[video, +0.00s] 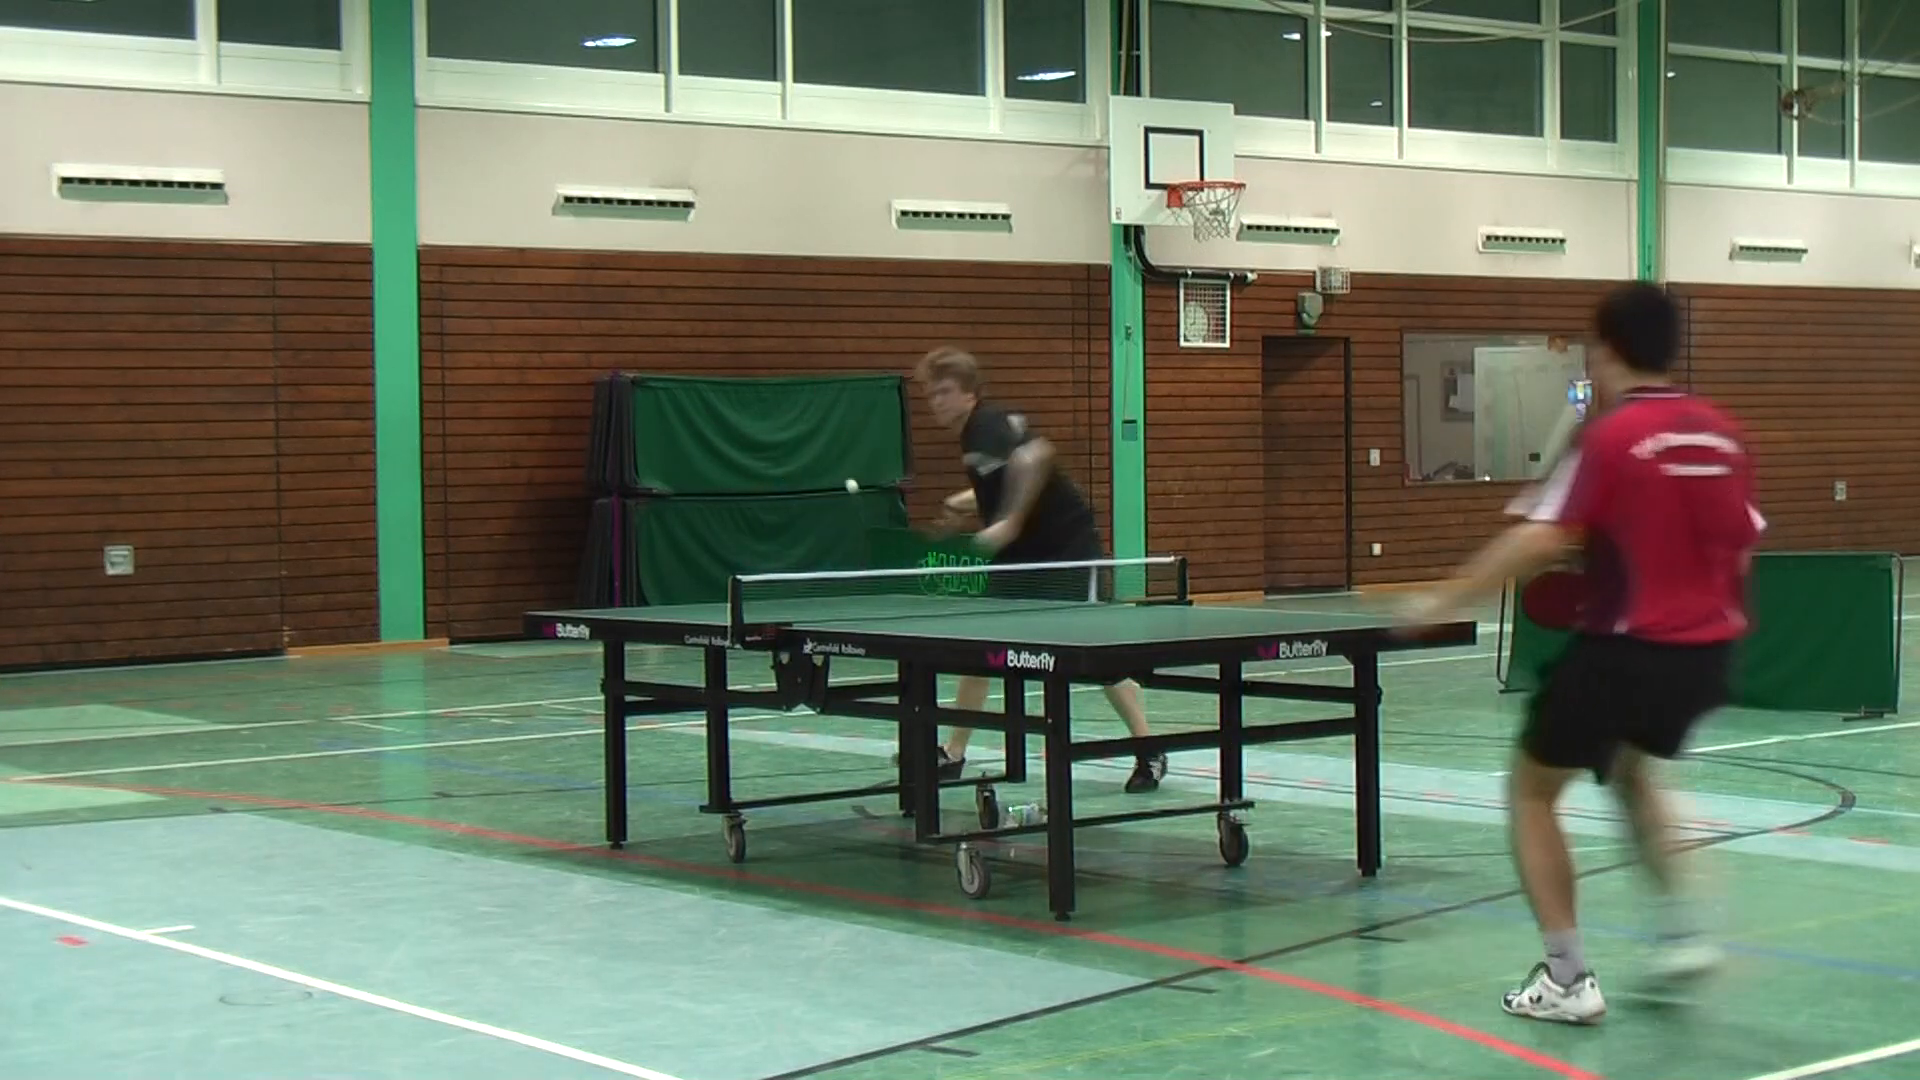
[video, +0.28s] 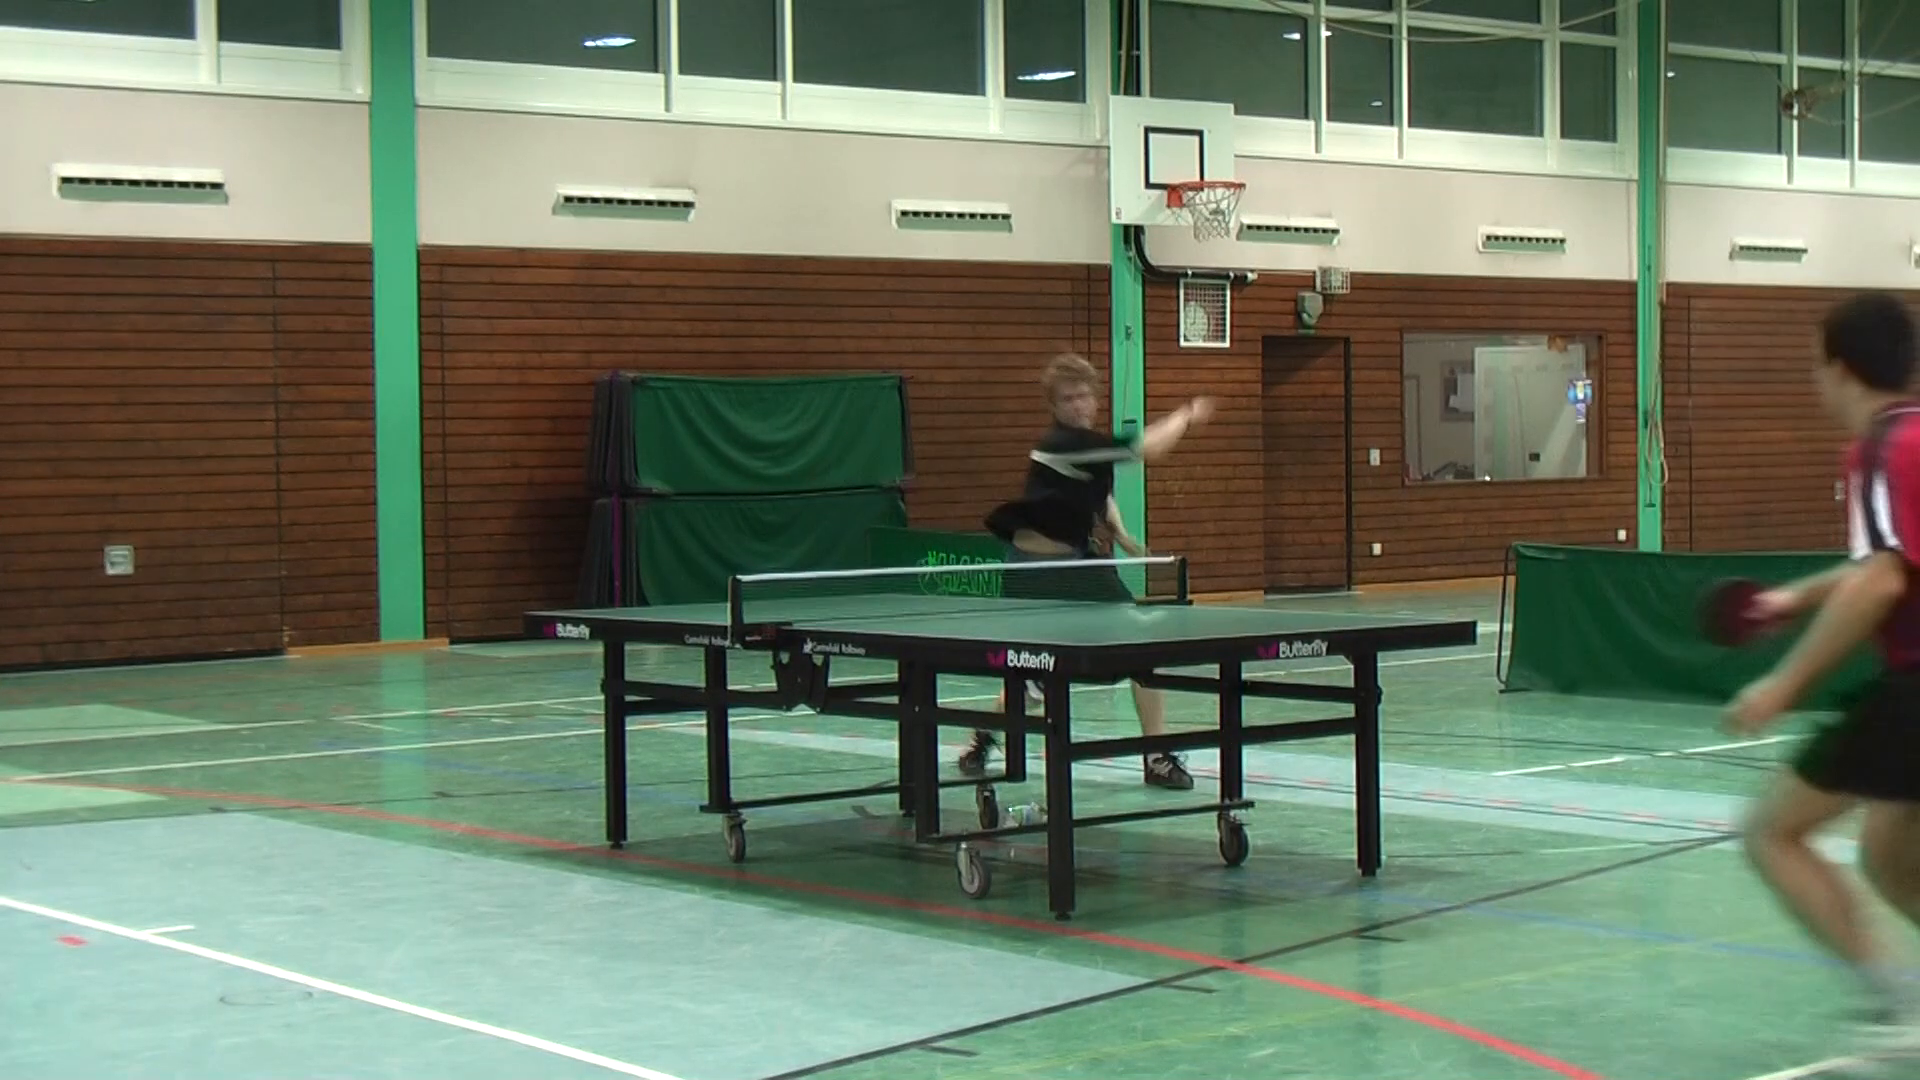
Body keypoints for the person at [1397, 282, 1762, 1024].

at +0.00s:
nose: (1592, 365)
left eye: (1596, 352)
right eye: (1594, 351)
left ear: (1614, 353)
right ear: (1671, 352)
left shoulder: (1612, 434)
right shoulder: (1723, 430)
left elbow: (1547, 537)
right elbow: (1742, 540)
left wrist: (1448, 594)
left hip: (1627, 650)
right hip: (1707, 651)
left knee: (1532, 787)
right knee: (1629, 761)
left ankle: (1567, 974)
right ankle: (1686, 931)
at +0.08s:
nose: (1662, 352)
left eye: (1666, 339)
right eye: (1665, 338)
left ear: (1684, 343)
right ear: (1741, 342)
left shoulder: (1696, 420)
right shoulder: (1790, 418)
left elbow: (1676, 535)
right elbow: (1799, 548)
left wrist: (1581, 620)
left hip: (1697, 653)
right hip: (1777, 656)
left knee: (1590, 790)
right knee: (1744, 812)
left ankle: (1567, 977)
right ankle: (1885, 926)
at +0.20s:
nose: (1764, 374)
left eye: (1767, 360)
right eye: (1765, 360)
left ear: (1787, 363)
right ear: (1842, 358)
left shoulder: (1816, 440)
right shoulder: (1883, 430)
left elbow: (1824, 559)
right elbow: (1833, 549)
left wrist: (1728, 660)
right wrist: (1724, 576)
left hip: (1848, 680)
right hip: (1907, 684)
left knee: (1685, 789)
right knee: (1874, 873)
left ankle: (1696, 988)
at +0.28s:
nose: (1820, 384)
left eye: (1823, 369)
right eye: (1820, 369)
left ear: (1848, 370)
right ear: (1895, 366)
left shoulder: (1892, 446)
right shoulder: (1893, 437)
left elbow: (1883, 578)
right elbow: (1888, 561)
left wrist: (1781, 686)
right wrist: (1800, 594)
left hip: (1907, 695)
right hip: (1911, 694)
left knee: (1772, 830)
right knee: (1895, 864)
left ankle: (1894, 996)